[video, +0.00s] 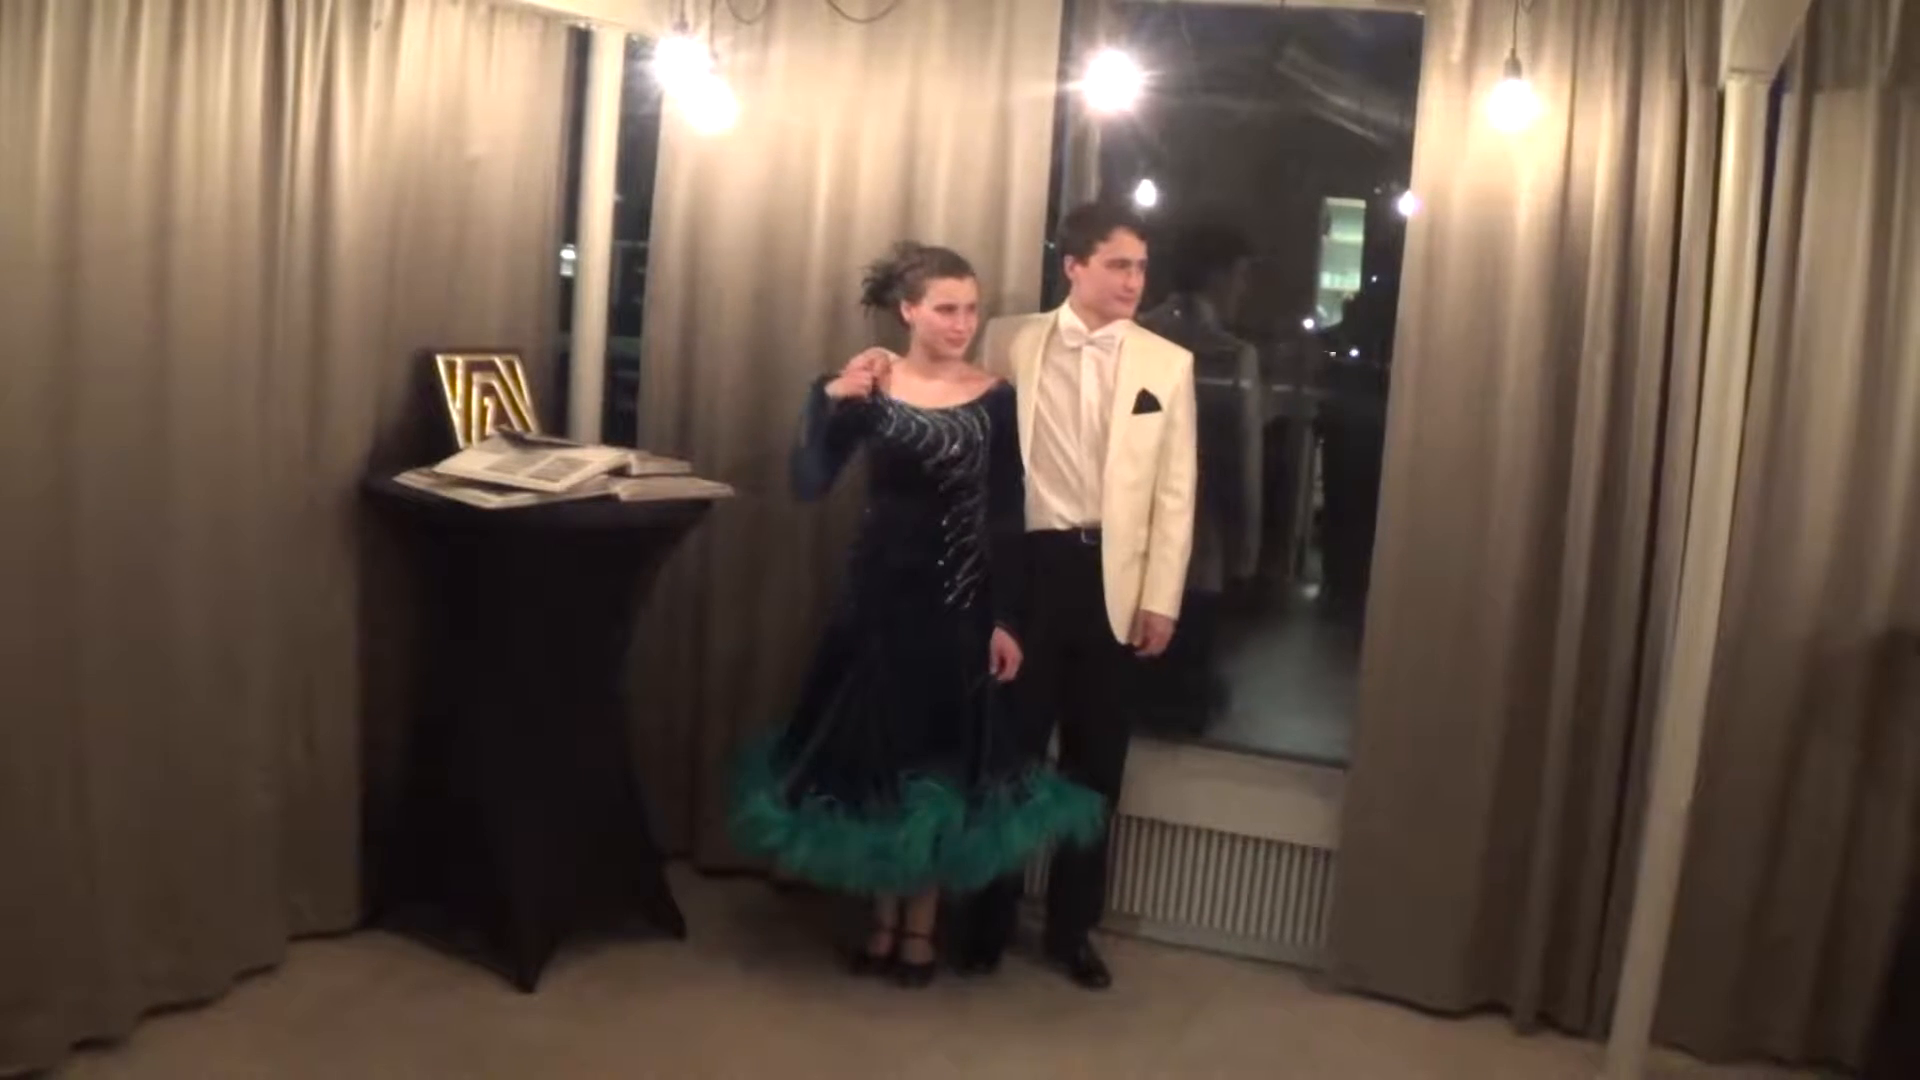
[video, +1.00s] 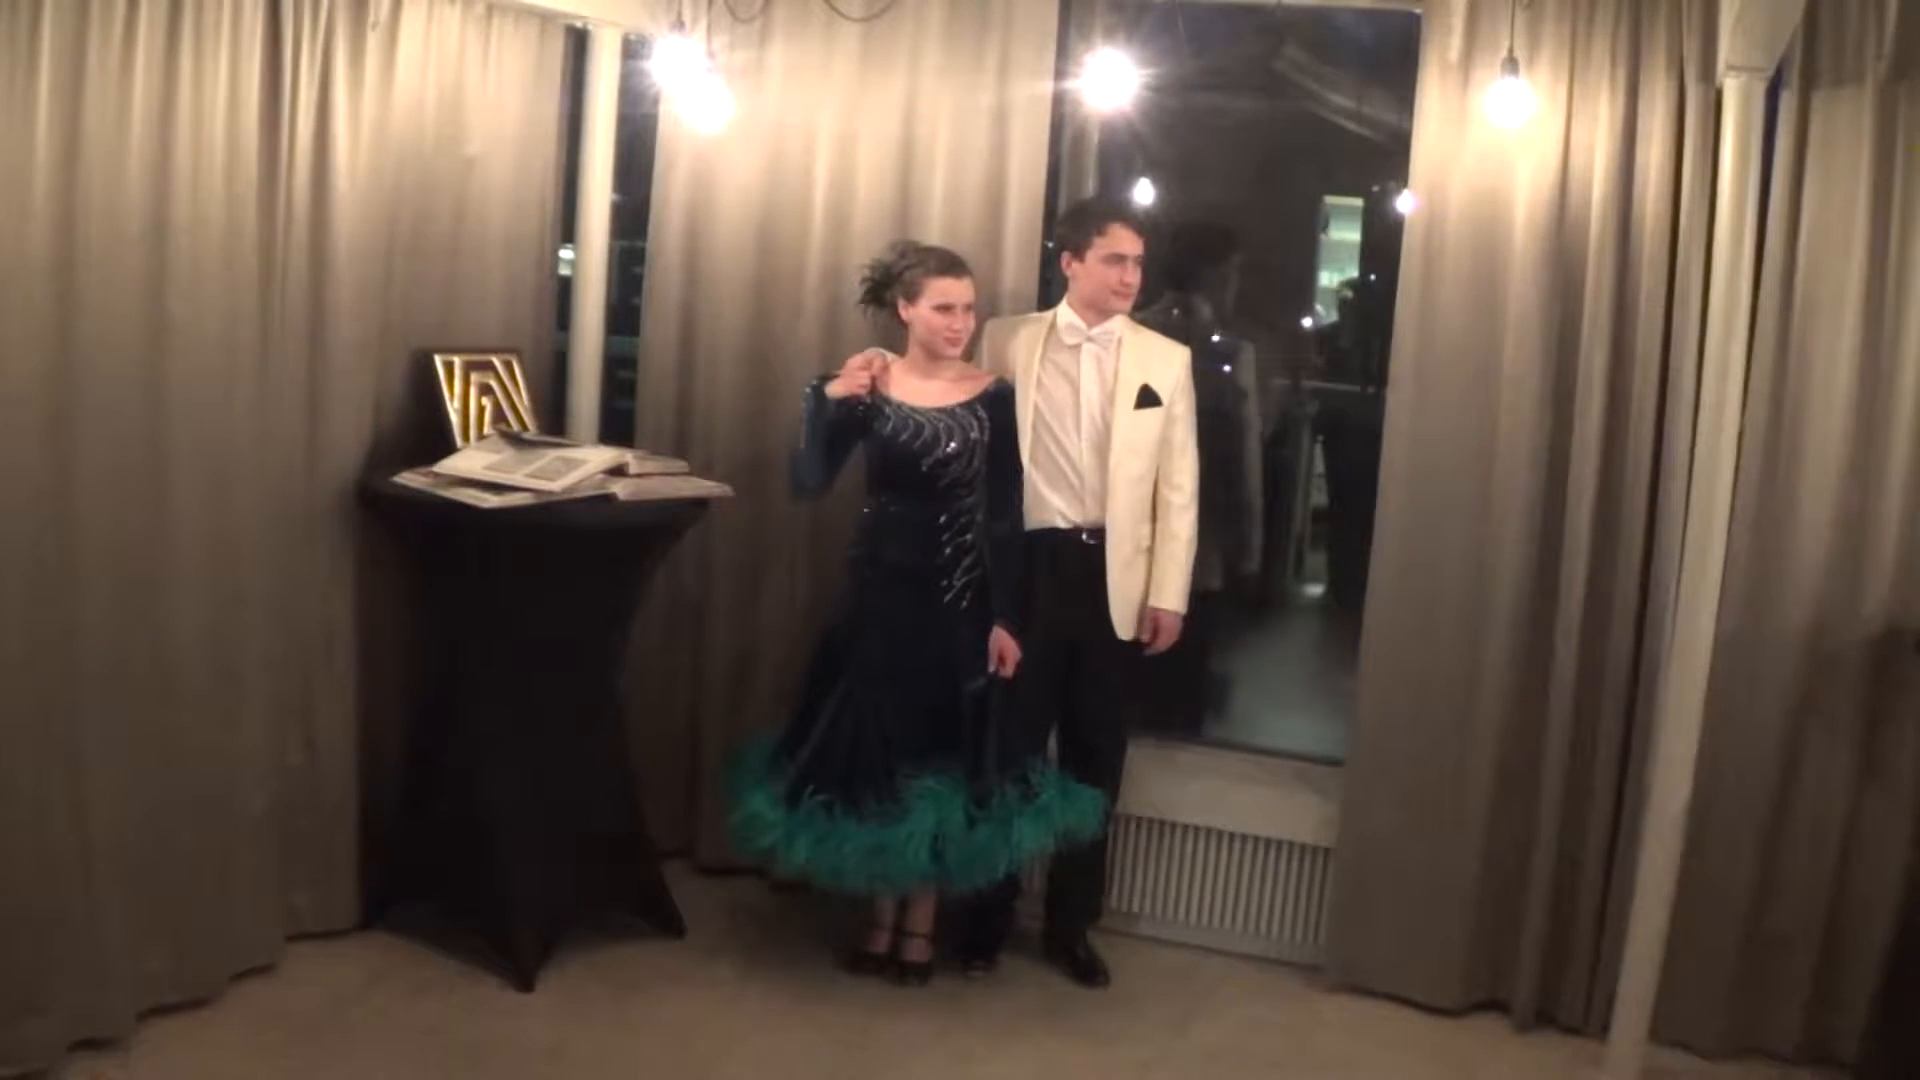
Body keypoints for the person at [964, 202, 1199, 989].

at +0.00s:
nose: (1133, 281)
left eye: (1141, 268)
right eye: (1118, 265)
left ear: (1147, 278)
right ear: (1072, 268)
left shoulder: (1169, 366)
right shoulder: (1011, 342)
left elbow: (1177, 492)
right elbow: (971, 456)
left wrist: (1163, 597)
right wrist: (965, 566)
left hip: (1112, 576)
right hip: (1021, 567)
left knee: (1097, 758)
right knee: (1008, 742)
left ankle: (1073, 928)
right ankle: (982, 922)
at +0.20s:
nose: (1132, 280)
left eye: (1140, 267)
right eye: (1117, 264)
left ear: (1145, 276)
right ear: (1070, 268)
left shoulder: (1167, 363)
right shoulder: (1011, 342)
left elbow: (1176, 490)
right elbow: (971, 456)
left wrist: (1163, 596)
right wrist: (963, 565)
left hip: (1111, 575)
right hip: (1020, 566)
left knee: (1097, 758)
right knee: (1007, 742)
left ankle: (1072, 928)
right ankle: (982, 922)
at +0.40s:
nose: (1129, 279)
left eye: (1138, 266)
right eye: (1114, 263)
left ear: (1144, 276)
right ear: (1069, 266)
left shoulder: (1165, 363)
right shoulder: (1009, 342)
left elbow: (1176, 490)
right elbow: (969, 452)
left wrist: (1163, 595)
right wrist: (965, 569)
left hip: (1111, 573)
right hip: (1021, 565)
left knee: (1096, 754)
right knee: (1008, 740)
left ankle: (1071, 926)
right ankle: (984, 919)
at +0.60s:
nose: (1129, 278)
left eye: (1138, 266)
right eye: (1114, 262)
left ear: (1144, 275)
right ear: (1069, 265)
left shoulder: (1165, 363)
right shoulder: (1008, 342)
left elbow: (1176, 490)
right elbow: (969, 455)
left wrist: (1162, 595)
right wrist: (965, 569)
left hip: (1111, 573)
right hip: (1020, 565)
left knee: (1096, 753)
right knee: (1007, 739)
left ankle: (1071, 925)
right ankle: (983, 917)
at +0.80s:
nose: (1129, 277)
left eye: (1138, 265)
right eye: (1114, 261)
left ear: (1144, 275)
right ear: (1069, 264)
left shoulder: (1166, 362)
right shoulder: (1009, 341)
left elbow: (1178, 490)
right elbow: (969, 454)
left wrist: (1164, 594)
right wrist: (964, 568)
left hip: (1112, 572)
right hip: (1020, 565)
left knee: (1096, 753)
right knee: (1008, 739)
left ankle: (1070, 926)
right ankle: (982, 918)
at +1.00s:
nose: (1129, 277)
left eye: (1138, 265)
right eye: (1114, 261)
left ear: (1145, 275)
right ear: (1069, 263)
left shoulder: (1167, 362)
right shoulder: (1009, 342)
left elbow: (1179, 489)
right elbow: (971, 458)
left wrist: (1169, 592)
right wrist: (966, 568)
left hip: (1114, 575)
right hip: (1021, 566)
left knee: (1096, 755)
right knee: (1008, 741)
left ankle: (1072, 926)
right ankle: (982, 919)